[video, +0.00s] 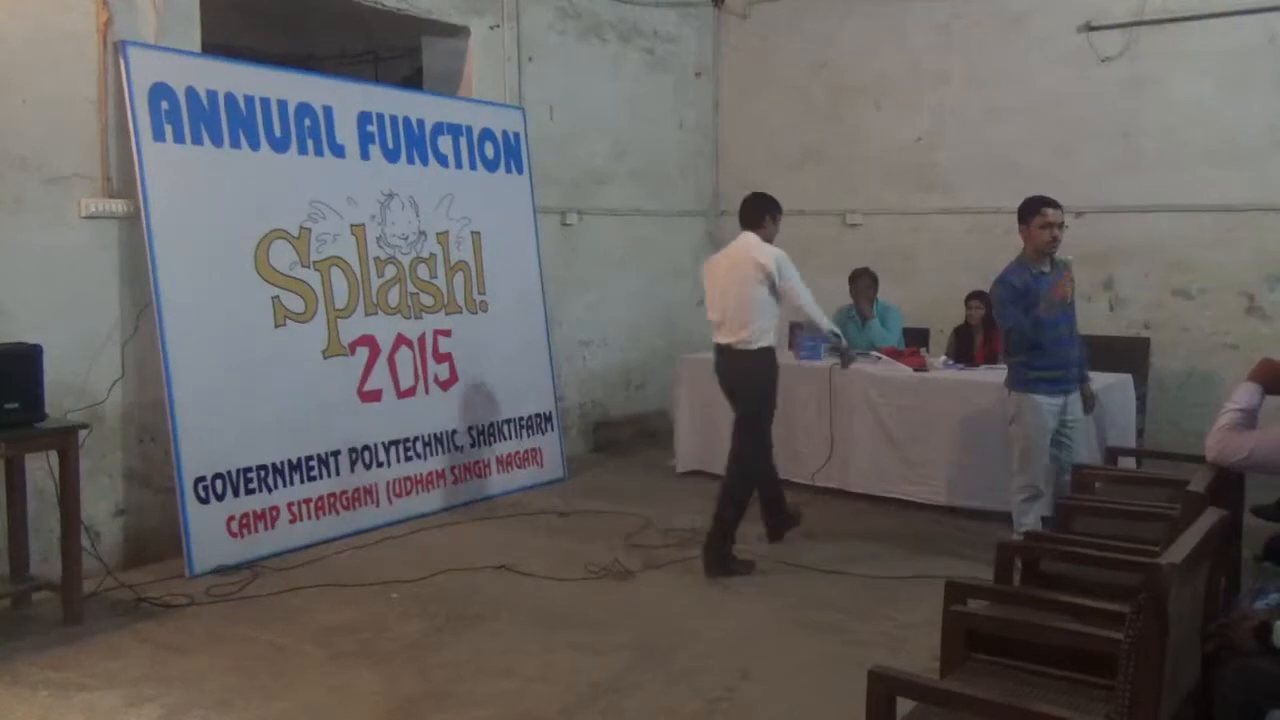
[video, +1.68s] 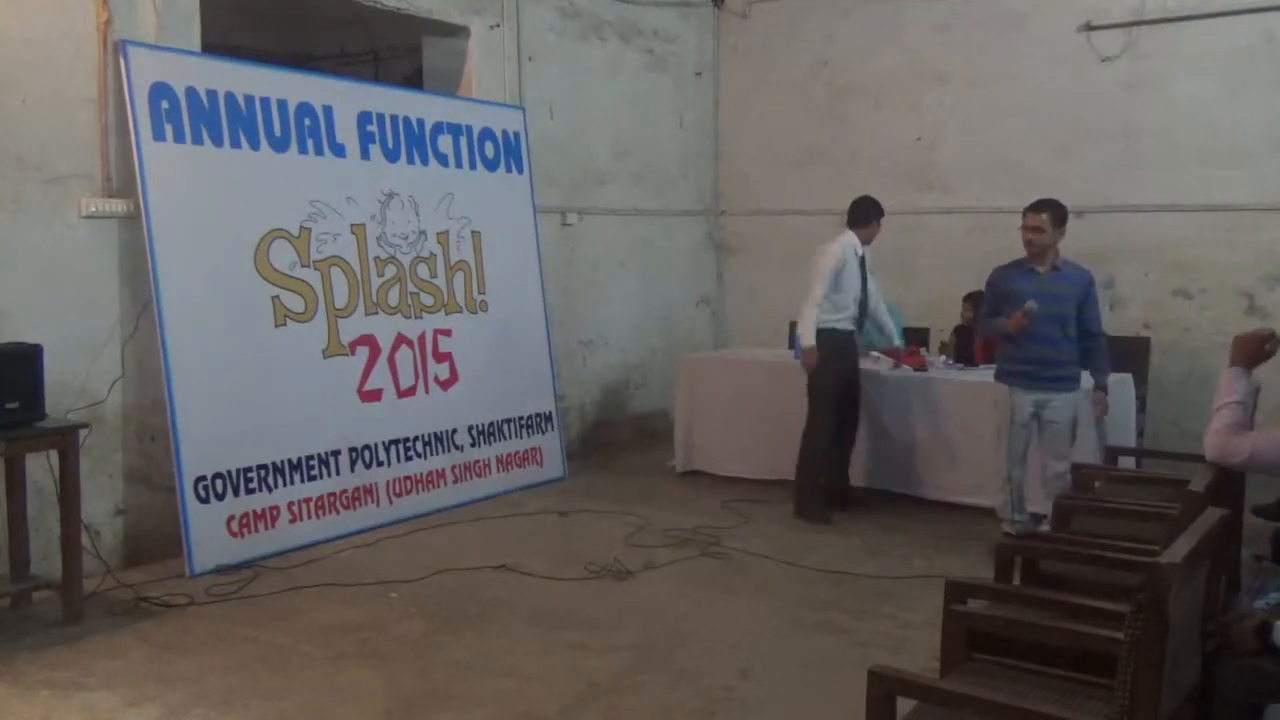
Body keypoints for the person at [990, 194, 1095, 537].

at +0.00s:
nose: (1055, 234)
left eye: (1059, 227)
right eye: (1046, 227)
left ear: (1062, 230)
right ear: (1023, 230)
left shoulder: (1062, 271)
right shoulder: (1007, 283)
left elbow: (1071, 332)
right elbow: (1015, 342)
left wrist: (1083, 379)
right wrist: (1051, 303)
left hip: (1068, 391)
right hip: (1032, 393)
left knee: (1066, 476)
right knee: (1031, 481)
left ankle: (1063, 545)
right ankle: (1028, 552)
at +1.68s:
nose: (1029, 237)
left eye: (1038, 230)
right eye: (1026, 229)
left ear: (1059, 234)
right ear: (1021, 230)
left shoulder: (1079, 280)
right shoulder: (1003, 277)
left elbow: (1092, 335)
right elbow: (983, 324)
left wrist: (1100, 384)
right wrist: (1006, 324)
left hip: (1061, 388)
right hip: (1016, 386)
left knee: (1057, 461)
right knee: (1013, 459)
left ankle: (1055, 524)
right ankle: (1015, 522)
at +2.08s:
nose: (998, 241)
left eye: (1005, 234)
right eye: (996, 234)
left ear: (1030, 234)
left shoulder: (1063, 275)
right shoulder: (995, 277)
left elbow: (1079, 332)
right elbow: (981, 325)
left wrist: (1079, 385)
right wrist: (983, 324)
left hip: (1049, 387)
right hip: (1006, 385)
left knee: (1050, 464)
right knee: (1007, 463)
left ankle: (1061, 532)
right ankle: (1012, 529)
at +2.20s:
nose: (998, 241)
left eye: (1004, 234)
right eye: (996, 235)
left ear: (1027, 234)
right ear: (1013, 236)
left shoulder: (1064, 275)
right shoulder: (1001, 277)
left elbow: (1078, 334)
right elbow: (999, 330)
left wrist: (1074, 386)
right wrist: (983, 324)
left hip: (1047, 387)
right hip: (1006, 384)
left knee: (1046, 468)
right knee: (1006, 463)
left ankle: (1060, 534)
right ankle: (1012, 532)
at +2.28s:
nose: (1001, 240)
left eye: (1007, 233)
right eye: (1000, 234)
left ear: (1030, 233)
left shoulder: (1066, 276)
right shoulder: (1007, 277)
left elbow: (1077, 335)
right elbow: (1002, 328)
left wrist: (1068, 387)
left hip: (1045, 387)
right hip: (1007, 383)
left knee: (1046, 464)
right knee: (1006, 461)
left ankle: (1059, 530)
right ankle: (1012, 530)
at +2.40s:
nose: (1007, 240)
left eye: (1011, 233)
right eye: (1006, 233)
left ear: (1032, 232)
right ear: (1026, 232)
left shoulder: (1070, 277)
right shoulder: (1017, 275)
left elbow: (1078, 342)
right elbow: (1012, 323)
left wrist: (1053, 388)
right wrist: (992, 328)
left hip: (1048, 388)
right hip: (1011, 383)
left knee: (1051, 466)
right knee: (1008, 461)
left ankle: (1055, 536)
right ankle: (1013, 530)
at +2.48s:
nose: (1012, 241)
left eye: (1016, 233)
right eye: (1012, 234)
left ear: (1037, 233)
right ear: (1034, 234)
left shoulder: (1072, 277)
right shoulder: (1023, 275)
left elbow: (1075, 343)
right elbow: (1020, 324)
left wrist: (1043, 385)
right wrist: (996, 320)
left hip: (1053, 385)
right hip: (1016, 380)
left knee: (1053, 464)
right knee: (1012, 459)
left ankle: (1057, 532)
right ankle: (1013, 527)